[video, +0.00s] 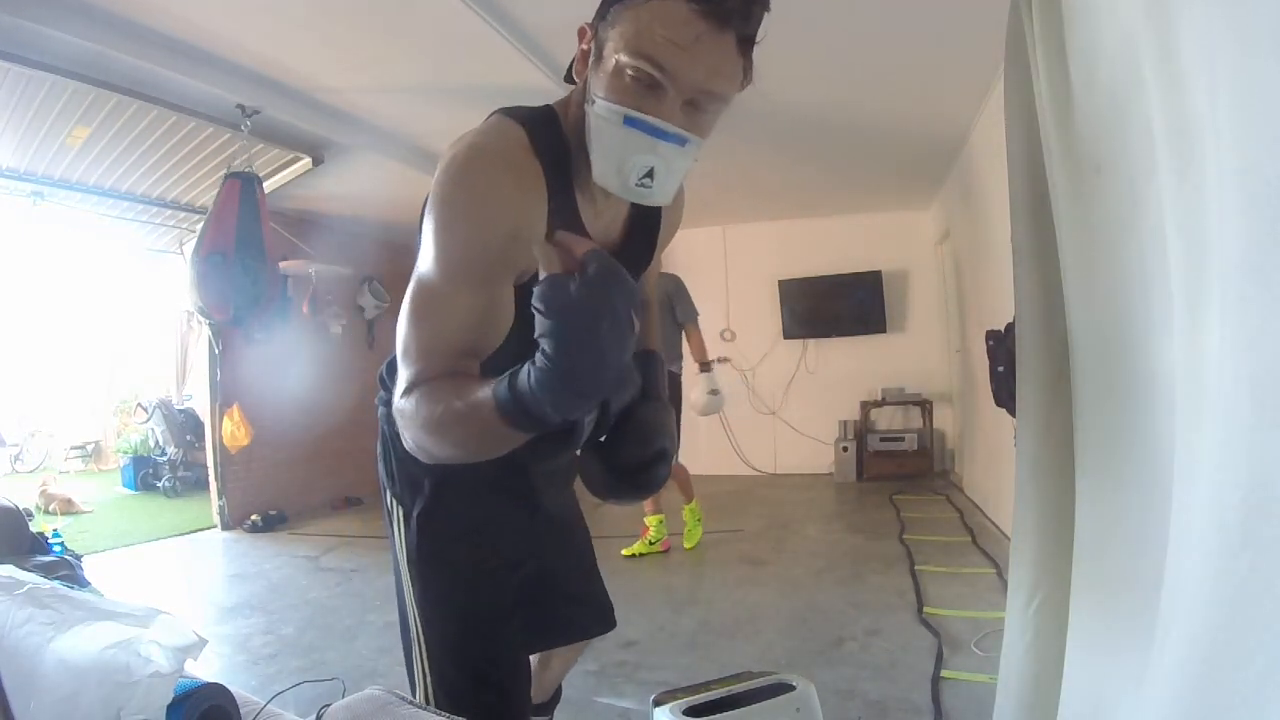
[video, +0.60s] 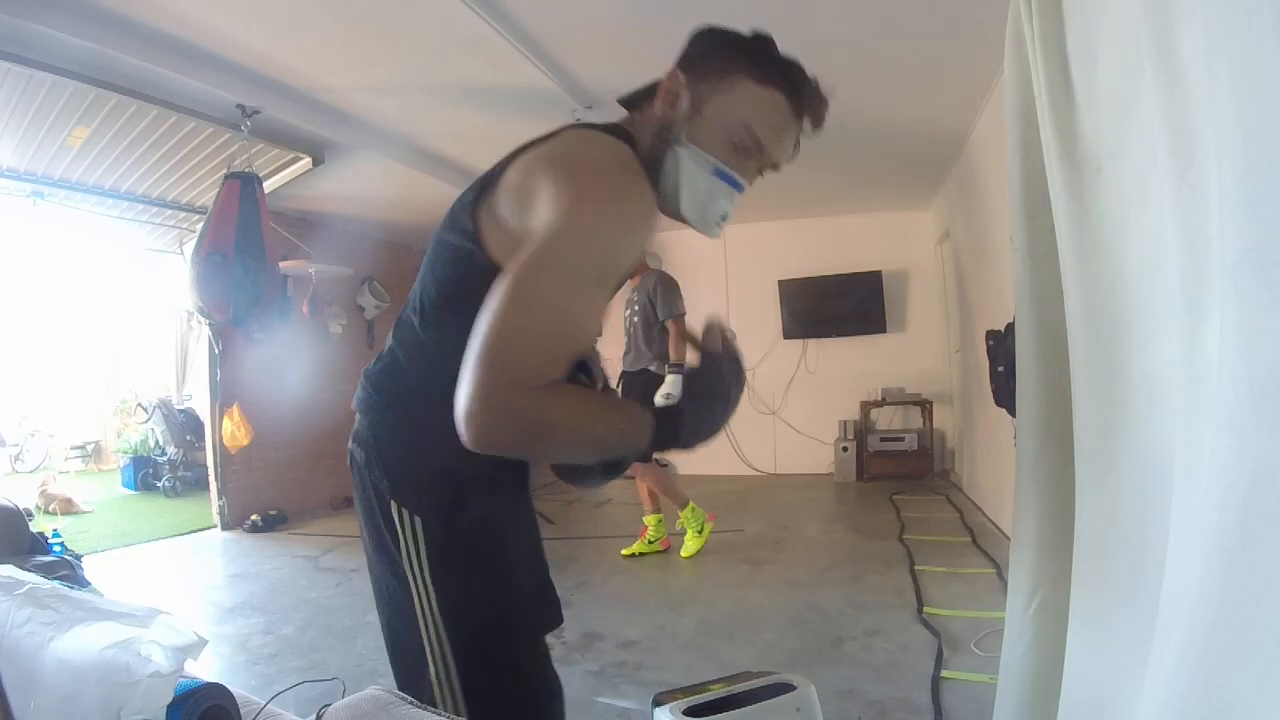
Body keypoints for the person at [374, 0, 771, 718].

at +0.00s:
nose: (666, 124)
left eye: (702, 102)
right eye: (643, 78)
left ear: (732, 99)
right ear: (585, 55)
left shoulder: (661, 195)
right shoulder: (492, 166)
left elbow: (635, 317)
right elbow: (424, 421)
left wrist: (640, 413)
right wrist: (548, 390)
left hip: (546, 444)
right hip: (449, 451)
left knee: (567, 623)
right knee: (482, 691)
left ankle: (532, 709)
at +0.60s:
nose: (743, 180)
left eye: (763, 170)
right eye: (741, 145)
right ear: (675, 95)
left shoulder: (610, 177)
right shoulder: (601, 185)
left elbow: (562, 346)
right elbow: (492, 413)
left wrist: (599, 438)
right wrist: (665, 422)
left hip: (466, 453)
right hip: (431, 459)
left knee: (514, 681)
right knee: (503, 701)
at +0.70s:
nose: (751, 205)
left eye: (767, 192)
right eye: (751, 173)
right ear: (686, 122)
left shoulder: (610, 182)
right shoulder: (633, 207)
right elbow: (519, 420)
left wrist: (634, 441)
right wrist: (671, 445)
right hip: (426, 466)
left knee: (524, 674)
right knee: (517, 703)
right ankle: (347, 709)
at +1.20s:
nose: (703, 161)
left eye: (725, 146)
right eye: (696, 124)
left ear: (738, 147)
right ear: (630, 80)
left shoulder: (618, 196)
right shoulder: (521, 169)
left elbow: (581, 311)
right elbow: (447, 404)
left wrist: (604, 414)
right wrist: (644, 397)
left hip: (502, 441)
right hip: (425, 449)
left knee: (537, 639)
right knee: (487, 699)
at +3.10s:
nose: (702, 110)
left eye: (729, 80)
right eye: (677, 68)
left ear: (746, 67)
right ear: (574, 37)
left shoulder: (665, 188)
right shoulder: (443, 164)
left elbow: (655, 302)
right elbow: (380, 442)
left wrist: (657, 408)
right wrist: (431, 400)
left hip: (539, 451)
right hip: (435, 461)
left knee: (524, 679)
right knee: (466, 698)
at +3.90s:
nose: (637, 78)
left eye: (681, 60)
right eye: (616, 28)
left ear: (709, 81)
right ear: (559, 20)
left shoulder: (664, 189)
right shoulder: (448, 150)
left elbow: (650, 309)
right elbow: (362, 427)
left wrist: (649, 423)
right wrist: (588, 507)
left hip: (533, 462)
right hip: (421, 465)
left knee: (520, 687)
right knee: (461, 705)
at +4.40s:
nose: (638, 81)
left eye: (682, 60)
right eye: (614, 31)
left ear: (712, 77)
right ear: (560, 23)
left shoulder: (669, 191)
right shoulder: (449, 159)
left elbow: (652, 309)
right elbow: (390, 425)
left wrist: (654, 419)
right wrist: (585, 524)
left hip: (537, 474)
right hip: (429, 469)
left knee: (522, 686)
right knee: (462, 704)